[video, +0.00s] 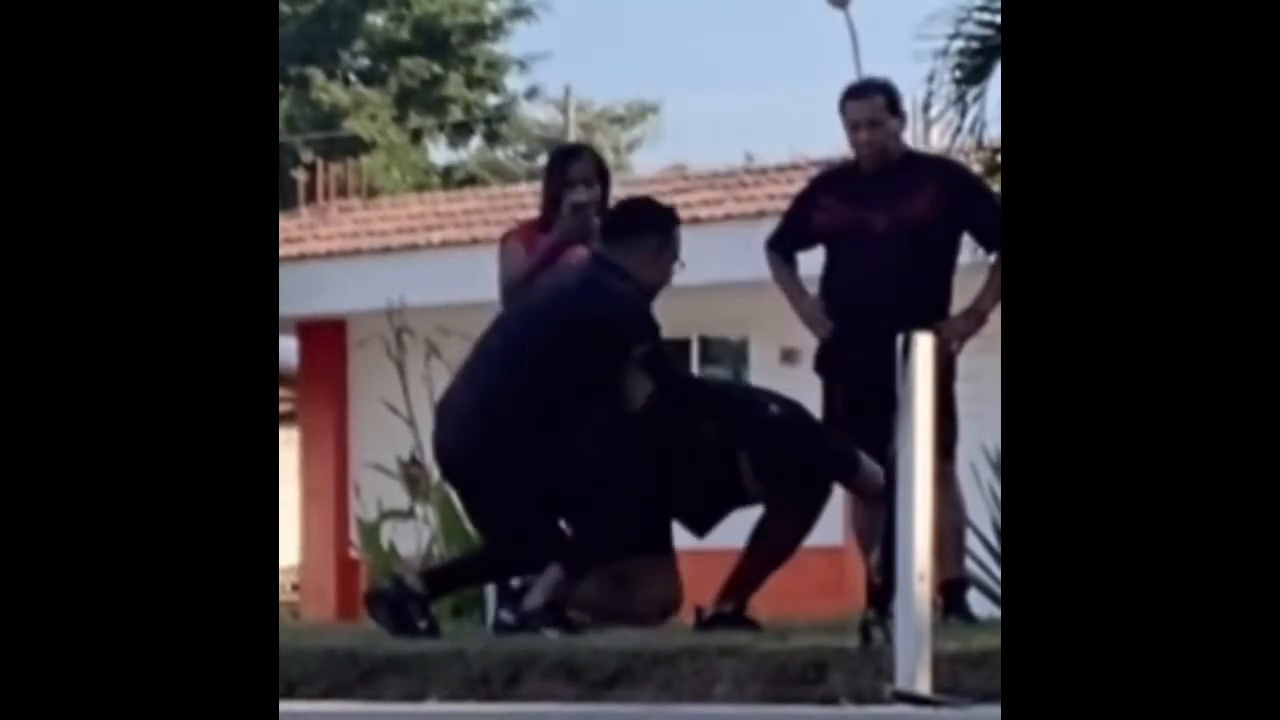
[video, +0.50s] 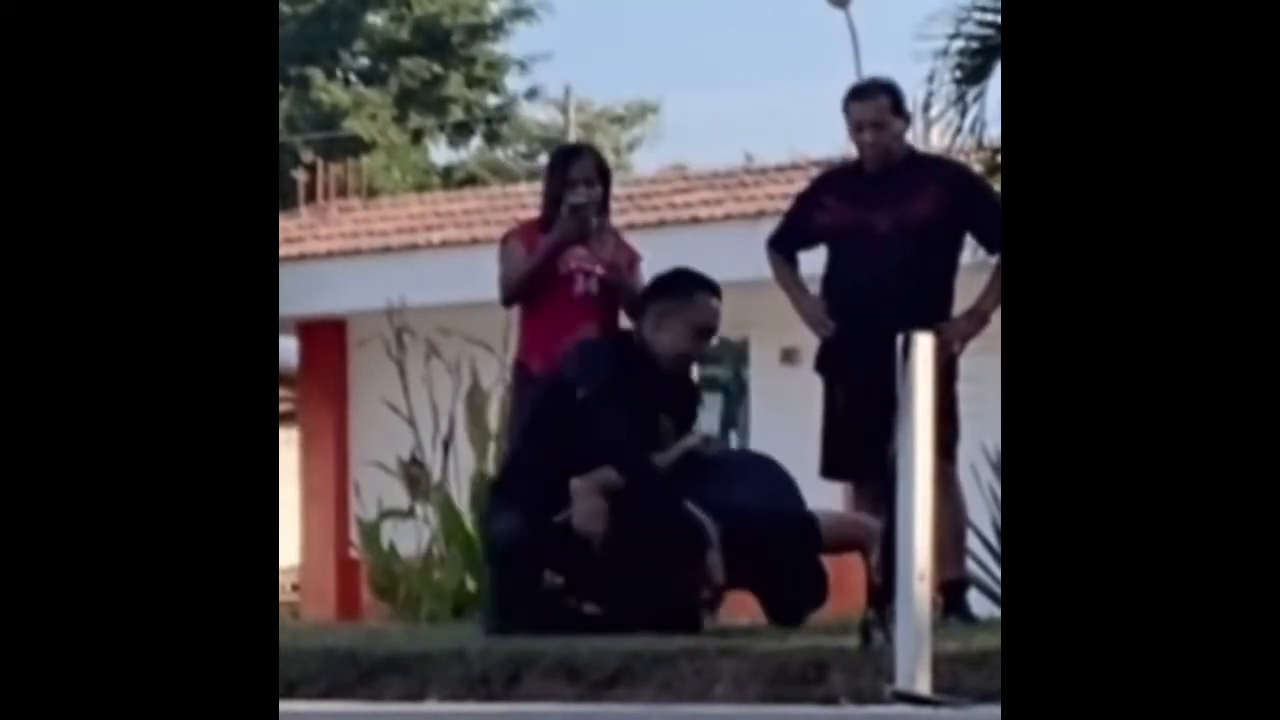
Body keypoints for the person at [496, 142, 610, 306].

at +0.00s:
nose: (581, 195)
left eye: (589, 184)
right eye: (570, 186)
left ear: (603, 187)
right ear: (555, 188)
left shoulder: (616, 234)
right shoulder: (519, 241)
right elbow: (513, 302)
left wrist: (596, 240)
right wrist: (560, 235)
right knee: (577, 257)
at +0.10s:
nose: (581, 195)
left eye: (589, 185)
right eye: (570, 186)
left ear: (603, 188)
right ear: (554, 189)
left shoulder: (612, 240)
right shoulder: (519, 241)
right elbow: (513, 300)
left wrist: (600, 245)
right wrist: (560, 235)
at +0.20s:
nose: (580, 196)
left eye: (588, 185)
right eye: (570, 186)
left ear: (603, 189)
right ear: (554, 189)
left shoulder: (609, 240)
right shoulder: (521, 241)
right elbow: (509, 296)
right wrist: (560, 237)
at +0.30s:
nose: (580, 196)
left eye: (589, 185)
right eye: (570, 187)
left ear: (603, 189)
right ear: (555, 189)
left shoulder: (620, 252)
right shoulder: (522, 241)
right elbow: (508, 295)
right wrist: (560, 237)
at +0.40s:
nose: (581, 195)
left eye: (590, 185)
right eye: (571, 186)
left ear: (604, 189)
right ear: (555, 189)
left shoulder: (621, 253)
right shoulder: (523, 241)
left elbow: (636, 320)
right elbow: (509, 294)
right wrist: (560, 238)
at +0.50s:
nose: (581, 195)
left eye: (590, 184)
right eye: (571, 186)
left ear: (604, 188)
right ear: (555, 189)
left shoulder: (616, 248)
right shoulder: (523, 240)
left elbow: (640, 314)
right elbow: (509, 294)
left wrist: (615, 273)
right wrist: (559, 238)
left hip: (598, 376)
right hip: (540, 377)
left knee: (595, 472)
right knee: (533, 475)